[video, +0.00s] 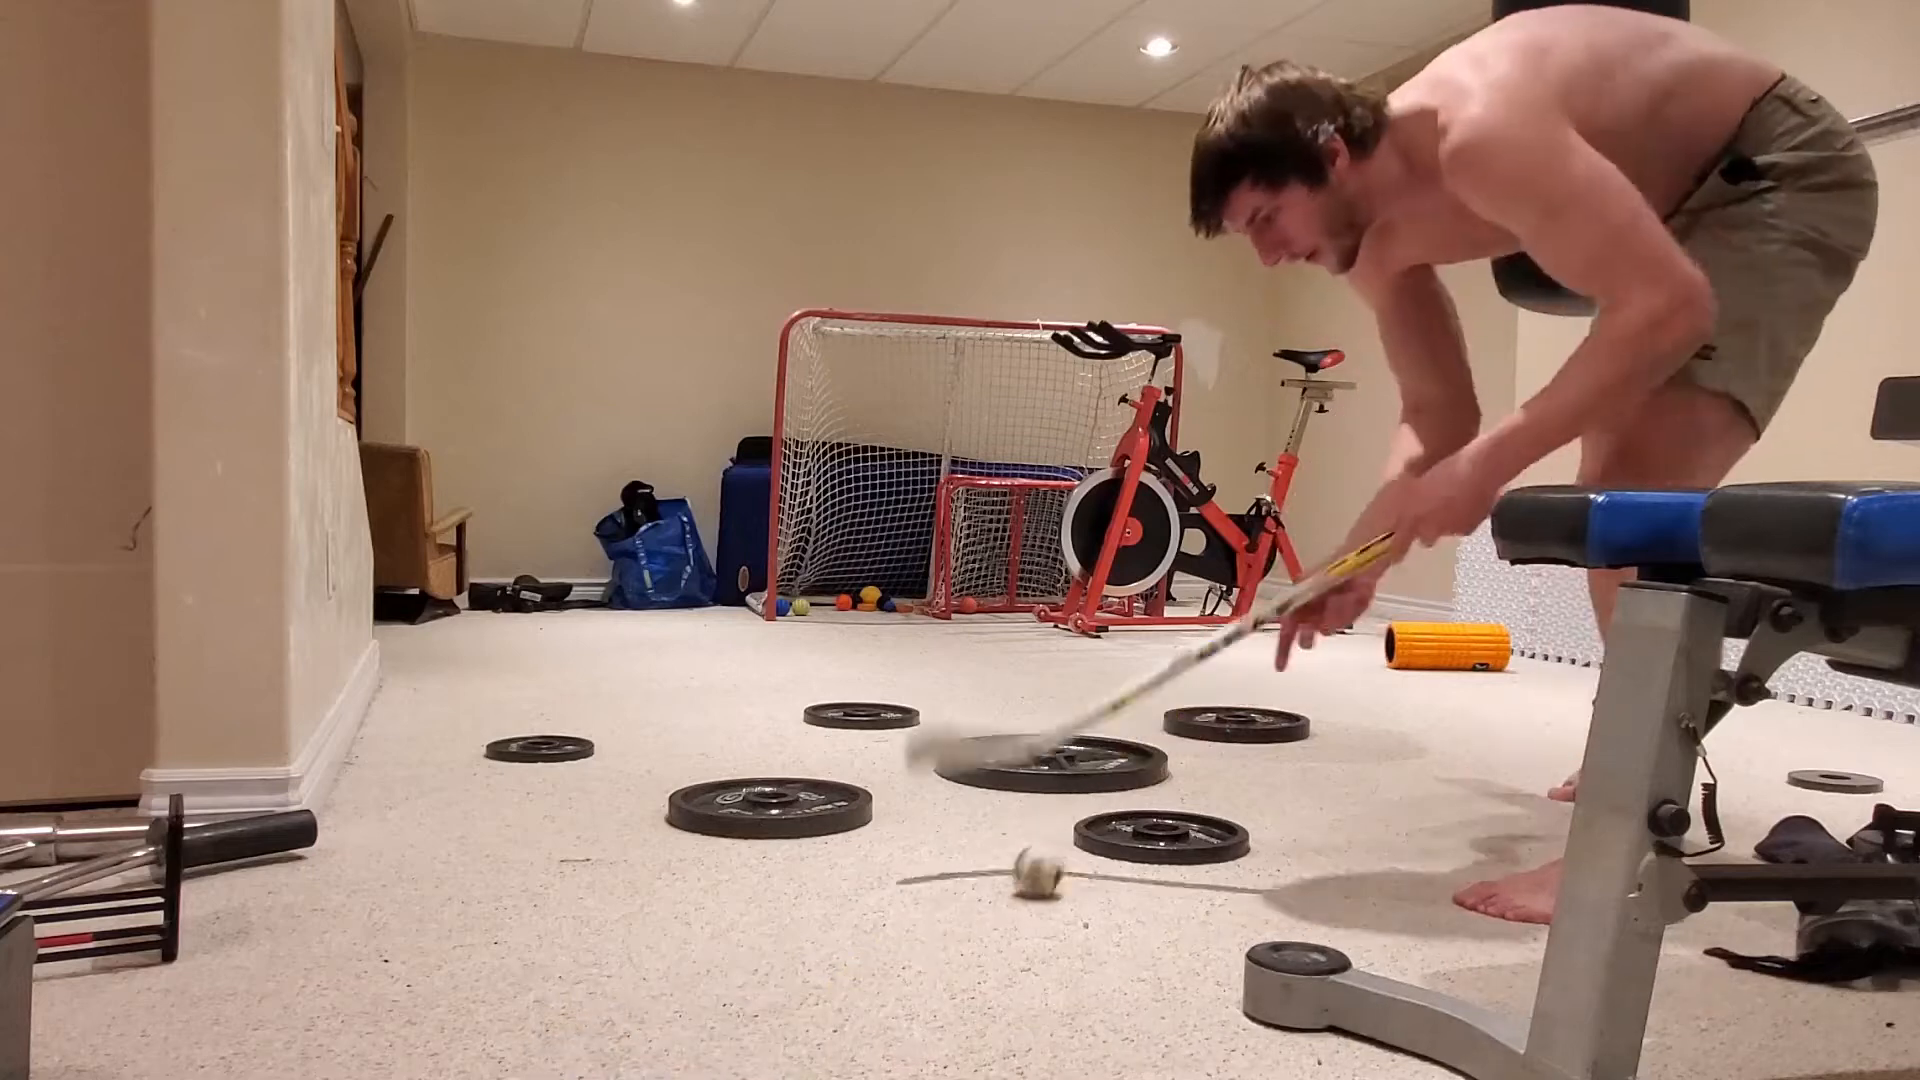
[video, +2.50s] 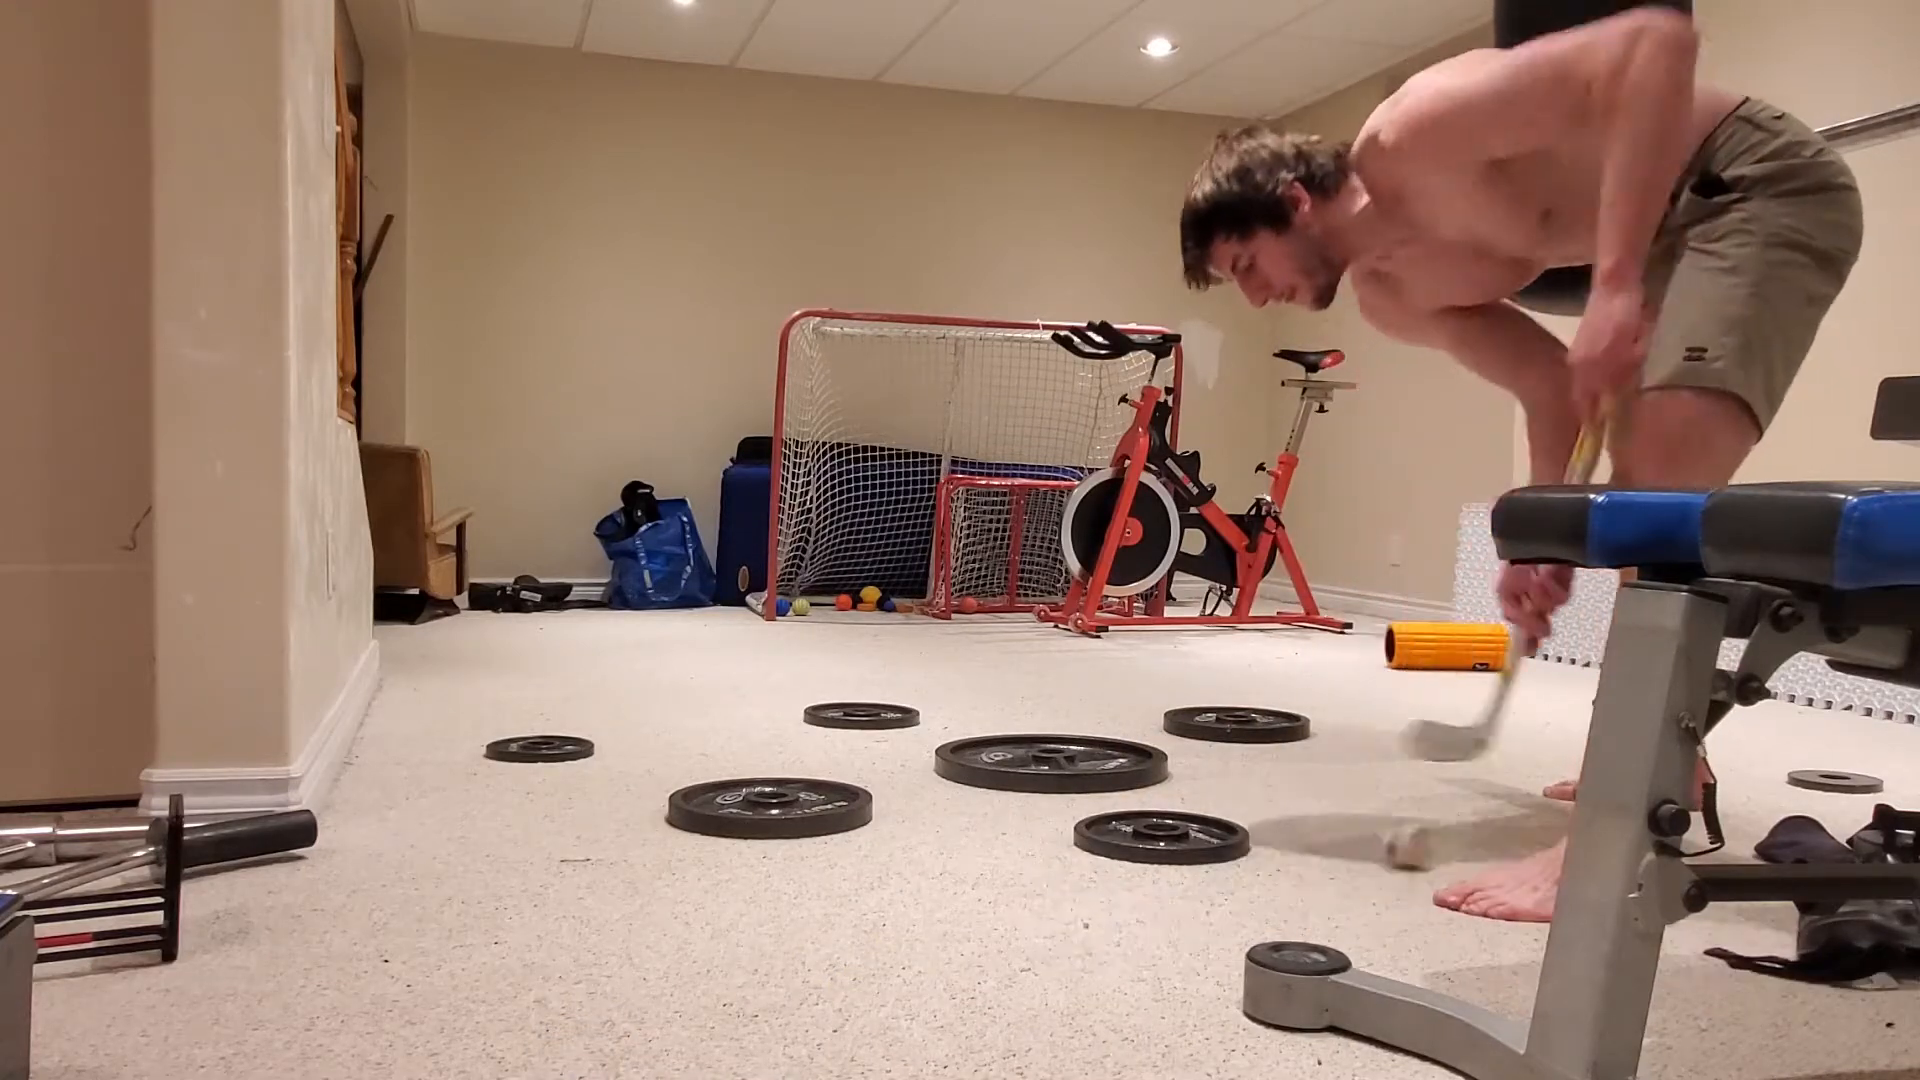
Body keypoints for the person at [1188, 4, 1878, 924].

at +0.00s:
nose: (1268, 255)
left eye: (1266, 220)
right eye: (1249, 239)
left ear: (1327, 153)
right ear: (1328, 162)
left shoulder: (1485, 135)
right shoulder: (1375, 240)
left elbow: (1667, 306)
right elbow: (1434, 415)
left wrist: (1486, 466)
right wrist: (1359, 561)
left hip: (1775, 167)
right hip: (1666, 210)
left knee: (1638, 504)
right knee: (1610, 495)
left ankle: (1626, 845)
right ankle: (1643, 752)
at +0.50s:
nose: (1280, 265)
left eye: (1272, 232)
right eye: (1262, 253)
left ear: (1324, 170)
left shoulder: (1454, 133)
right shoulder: (1404, 265)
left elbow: (1715, 108)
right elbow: (1553, 393)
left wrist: (1676, 329)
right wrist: (1550, 526)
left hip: (1784, 183)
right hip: (1688, 245)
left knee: (1690, 481)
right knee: (1656, 480)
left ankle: (1646, 835)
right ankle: (1666, 768)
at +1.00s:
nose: (1345, 380)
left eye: (1326, 361)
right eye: (1326, 372)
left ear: (1345, 311)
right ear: (1353, 312)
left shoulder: (1419, 257)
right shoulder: (1482, 345)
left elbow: (1544, 359)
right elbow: (1528, 490)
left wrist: (1515, 534)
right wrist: (1441, 616)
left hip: (1777, 219)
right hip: (1749, 236)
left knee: (1635, 521)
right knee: (1642, 515)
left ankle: (1632, 841)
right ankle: (1677, 771)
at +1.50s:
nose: (1309, 355)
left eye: (1295, 333)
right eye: (1293, 345)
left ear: (1322, 280)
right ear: (1331, 276)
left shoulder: (1399, 240)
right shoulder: (1428, 251)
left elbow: (1527, 354)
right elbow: (1520, 456)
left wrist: (1504, 560)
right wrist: (1487, 603)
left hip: (1753, 228)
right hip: (1727, 242)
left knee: (1588, 510)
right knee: (1627, 516)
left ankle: (1596, 834)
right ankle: (1672, 766)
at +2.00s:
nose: (1217, 300)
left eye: (1213, 270)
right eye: (1201, 284)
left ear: (1268, 219)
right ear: (1266, 226)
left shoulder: (1394, 193)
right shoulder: (1338, 290)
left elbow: (1575, 321)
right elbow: (1345, 463)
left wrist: (1429, 476)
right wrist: (1233, 577)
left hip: (1740, 193)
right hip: (1657, 238)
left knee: (1578, 496)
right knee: (1628, 508)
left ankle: (1595, 835)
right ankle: (1670, 760)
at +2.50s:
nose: (1257, 298)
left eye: (1247, 265)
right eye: (1238, 286)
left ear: (1291, 198)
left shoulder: (1415, 131)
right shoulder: (1391, 298)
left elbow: (1654, 45)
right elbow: (1547, 376)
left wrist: (1614, 286)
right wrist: (1538, 536)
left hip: (1758, 178)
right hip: (1676, 240)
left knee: (1661, 474)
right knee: (1642, 471)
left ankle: (1621, 834)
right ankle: (1669, 757)